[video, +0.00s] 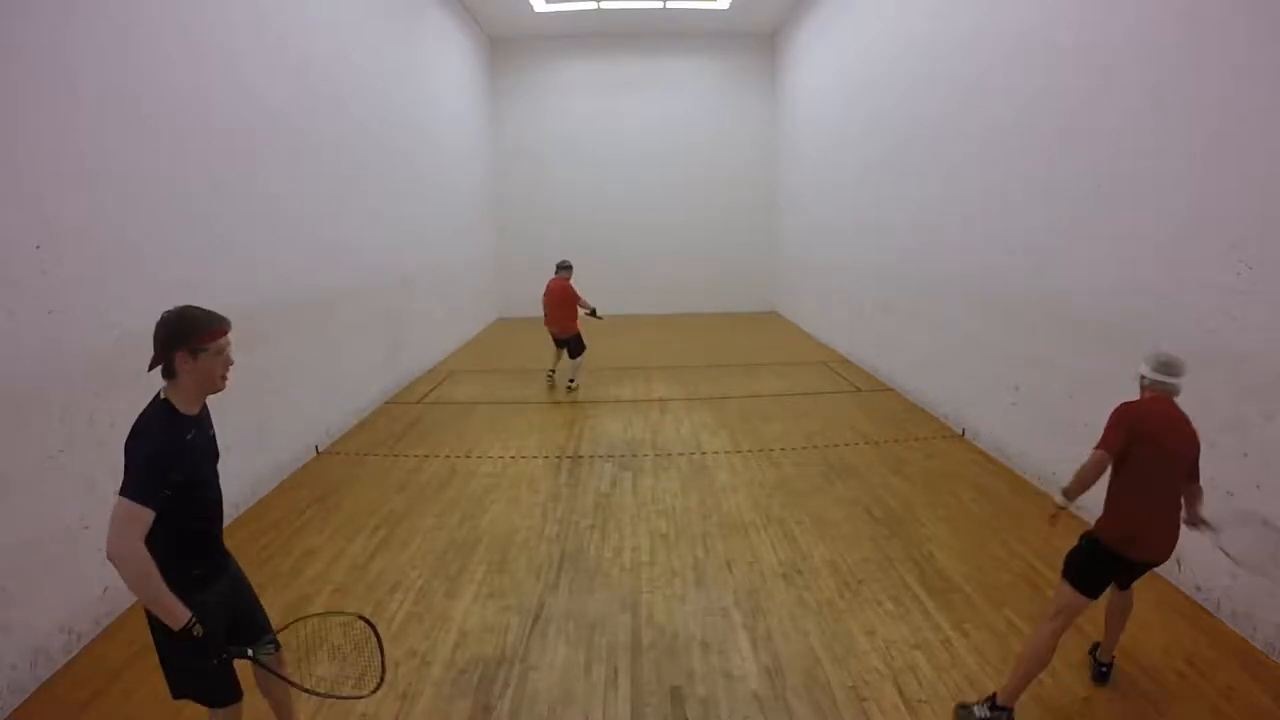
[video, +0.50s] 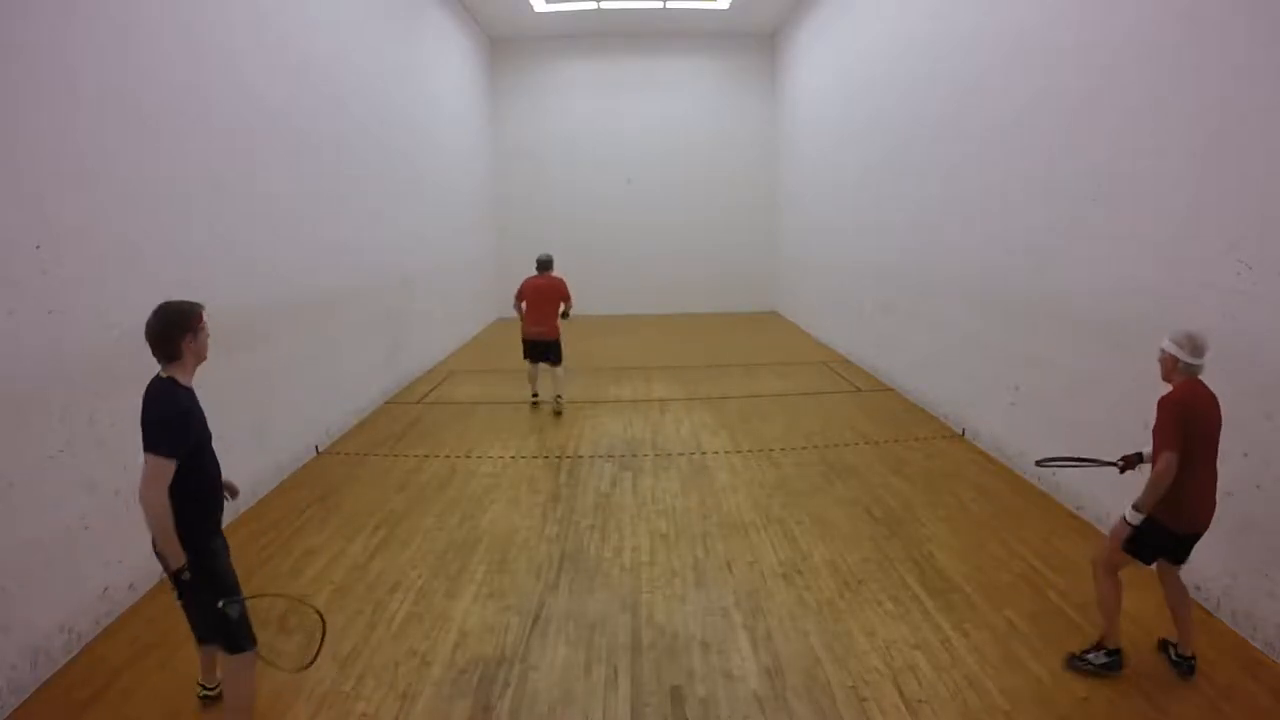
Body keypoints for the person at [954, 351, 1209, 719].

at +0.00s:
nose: (1140, 385)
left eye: (1142, 380)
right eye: (1146, 381)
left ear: (1144, 381)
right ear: (1177, 388)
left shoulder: (1129, 413)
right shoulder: (1186, 430)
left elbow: (1098, 463)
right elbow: (1192, 485)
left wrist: (1066, 496)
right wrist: (1193, 513)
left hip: (1115, 537)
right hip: (1159, 545)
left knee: (1057, 619)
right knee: (1122, 584)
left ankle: (1001, 705)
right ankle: (1105, 660)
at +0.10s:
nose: (1147, 362)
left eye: (1150, 356)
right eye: (1151, 357)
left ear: (1156, 359)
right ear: (1186, 364)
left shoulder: (1144, 392)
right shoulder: (1200, 401)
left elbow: (1120, 453)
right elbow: (1199, 455)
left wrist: (1110, 493)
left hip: (1137, 510)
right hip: (1178, 520)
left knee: (1080, 590)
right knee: (1133, 579)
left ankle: (1019, 669)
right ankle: (1107, 659)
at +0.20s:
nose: (1152, 339)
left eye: (1154, 334)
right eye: (1155, 334)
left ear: (1161, 335)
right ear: (1191, 339)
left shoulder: (1157, 370)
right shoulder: (1207, 375)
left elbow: (1144, 432)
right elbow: (1192, 434)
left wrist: (1129, 466)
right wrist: (1144, 457)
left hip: (1154, 491)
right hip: (1195, 500)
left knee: (1097, 564)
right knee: (1155, 567)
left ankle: (1037, 637)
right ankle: (1131, 645)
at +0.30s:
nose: (1159, 334)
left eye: (1163, 328)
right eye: (1162, 328)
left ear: (1173, 333)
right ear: (1195, 336)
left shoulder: (1171, 371)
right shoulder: (1211, 371)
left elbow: (1160, 439)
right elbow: (1200, 431)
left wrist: (1136, 465)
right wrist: (1154, 440)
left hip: (1166, 488)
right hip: (1202, 495)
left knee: (1103, 557)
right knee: (1173, 563)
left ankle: (1045, 631)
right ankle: (1163, 643)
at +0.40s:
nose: (1165, 350)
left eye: (1169, 345)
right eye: (1167, 344)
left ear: (1180, 351)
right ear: (1199, 354)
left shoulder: (1179, 392)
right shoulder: (1213, 389)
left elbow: (1170, 457)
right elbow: (1195, 441)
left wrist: (1131, 485)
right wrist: (1151, 446)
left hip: (1168, 505)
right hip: (1201, 509)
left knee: (1103, 564)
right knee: (1180, 577)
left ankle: (1069, 648)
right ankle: (1185, 653)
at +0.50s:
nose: (1159, 359)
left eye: (1164, 354)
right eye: (1162, 353)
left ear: (1176, 362)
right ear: (1190, 363)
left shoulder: (1173, 403)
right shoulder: (1206, 398)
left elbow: (1166, 469)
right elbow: (1187, 449)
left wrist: (1134, 514)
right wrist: (1142, 456)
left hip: (1168, 514)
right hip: (1197, 515)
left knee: (1106, 564)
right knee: (1168, 568)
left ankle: (1108, 649)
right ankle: (1185, 652)